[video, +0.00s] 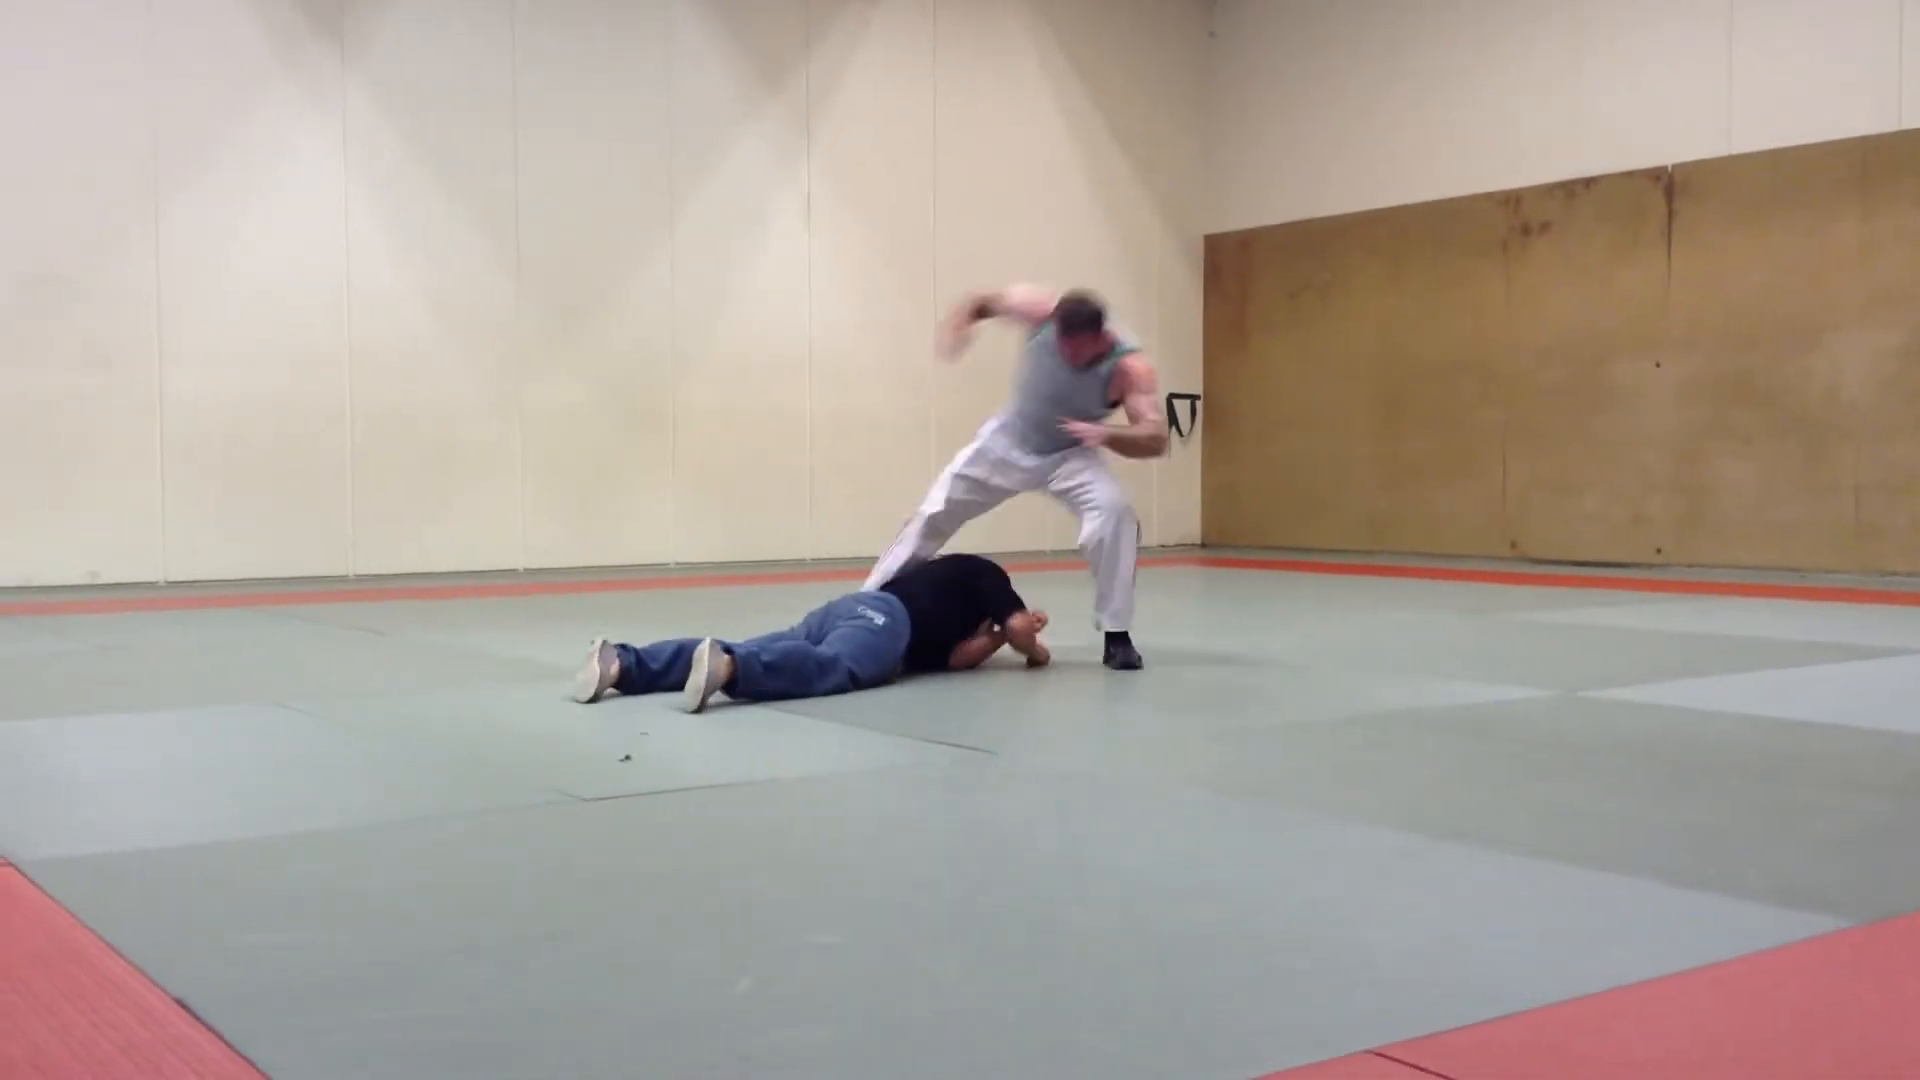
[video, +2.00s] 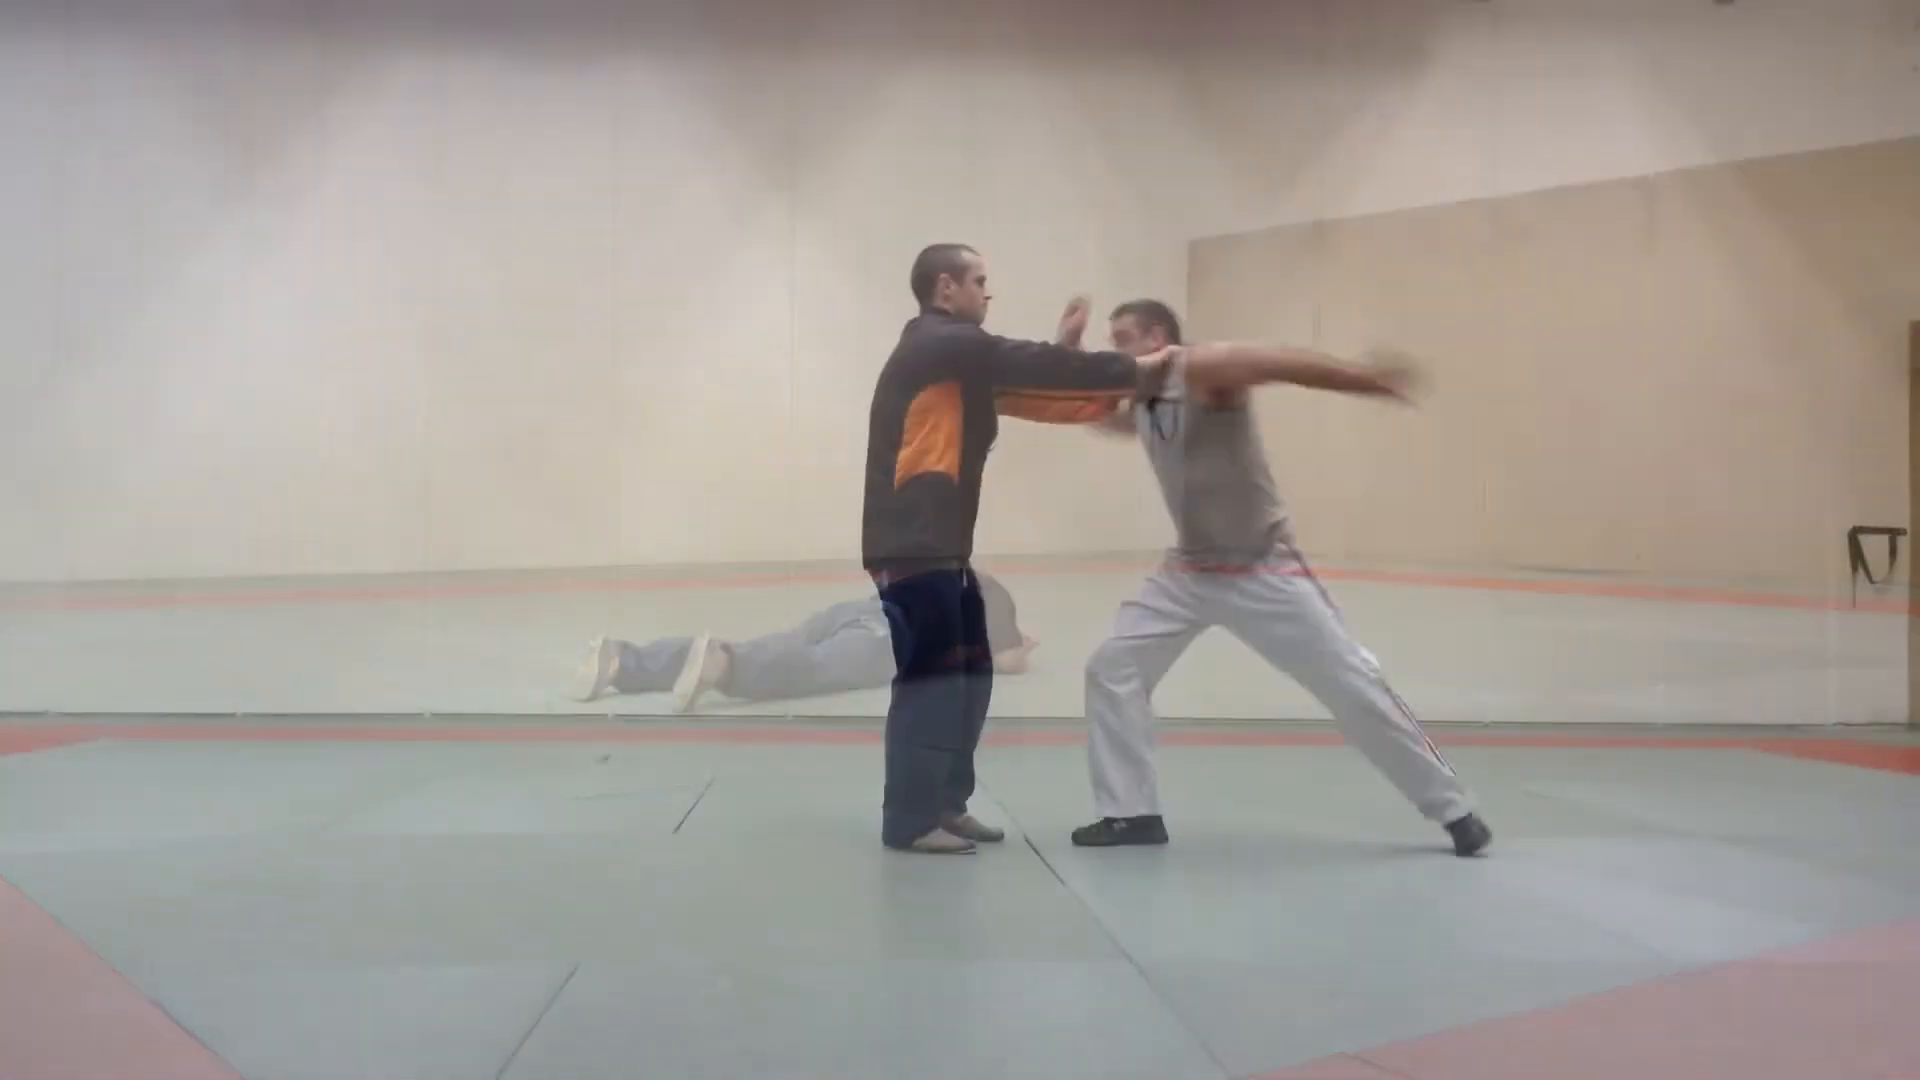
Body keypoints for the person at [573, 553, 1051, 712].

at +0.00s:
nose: (1011, 621)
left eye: (1014, 614)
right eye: (1015, 609)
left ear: (980, 604)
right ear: (1002, 589)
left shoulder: (947, 615)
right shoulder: (982, 574)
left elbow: (957, 660)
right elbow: (1024, 638)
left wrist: (1005, 631)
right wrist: (1038, 656)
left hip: (844, 615)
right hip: (887, 614)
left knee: (749, 653)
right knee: (835, 665)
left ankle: (625, 667)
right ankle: (731, 667)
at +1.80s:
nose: (1015, 634)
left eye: (1011, 626)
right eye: (1013, 623)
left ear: (979, 586)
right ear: (999, 601)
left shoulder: (951, 582)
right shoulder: (986, 599)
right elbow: (993, 656)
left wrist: (1008, 641)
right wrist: (1016, 654)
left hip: (864, 610)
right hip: (889, 636)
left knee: (769, 646)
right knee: (815, 667)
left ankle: (624, 662)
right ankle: (727, 662)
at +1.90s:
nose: (1017, 635)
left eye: (1010, 626)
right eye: (1015, 624)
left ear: (981, 589)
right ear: (1001, 603)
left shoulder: (951, 580)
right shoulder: (989, 602)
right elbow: (990, 658)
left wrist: (1004, 641)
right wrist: (1014, 656)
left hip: (870, 610)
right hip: (894, 638)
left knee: (775, 646)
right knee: (817, 666)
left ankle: (626, 663)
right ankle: (727, 663)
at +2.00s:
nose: (1016, 638)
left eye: (1011, 629)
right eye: (1011, 626)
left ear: (983, 592)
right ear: (999, 609)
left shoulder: (959, 579)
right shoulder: (984, 607)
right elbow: (988, 659)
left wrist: (1003, 642)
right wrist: (1015, 656)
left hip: (869, 612)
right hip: (893, 639)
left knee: (770, 649)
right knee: (815, 669)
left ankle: (625, 664)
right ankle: (728, 664)